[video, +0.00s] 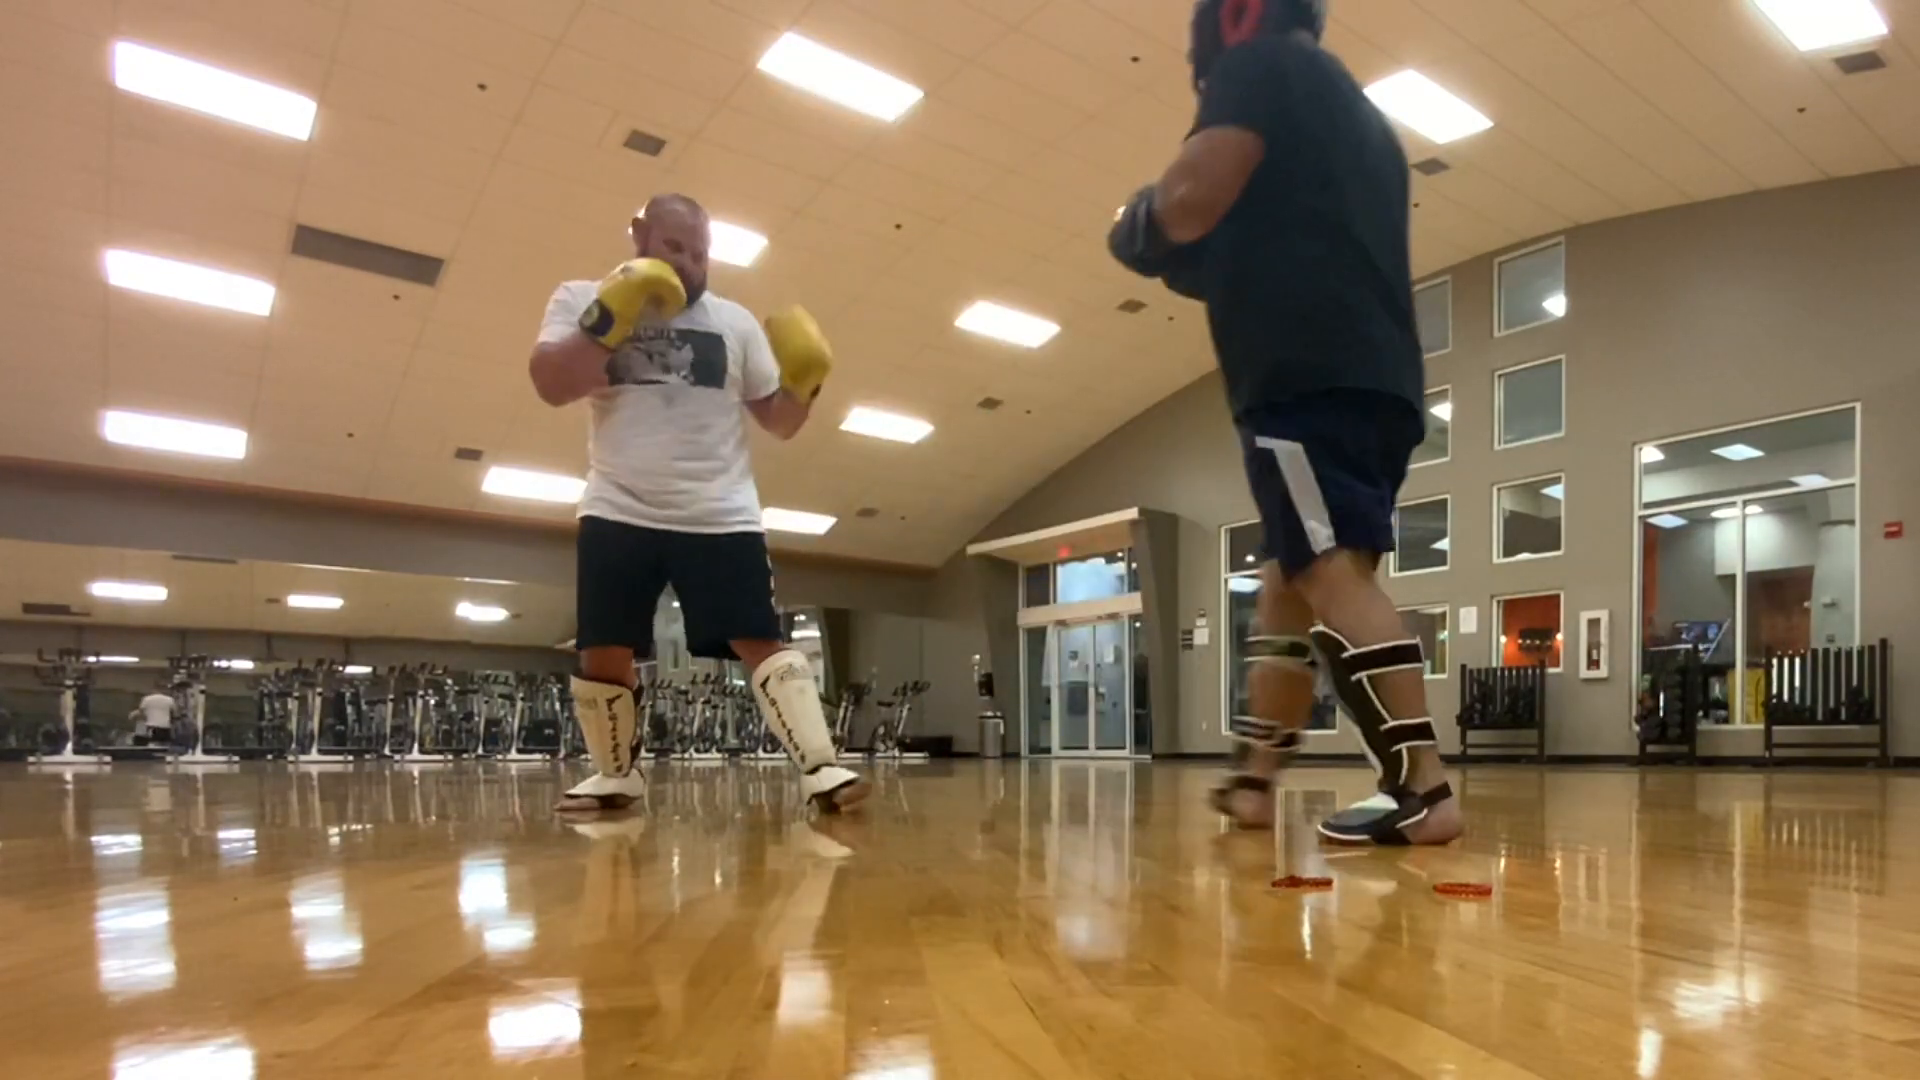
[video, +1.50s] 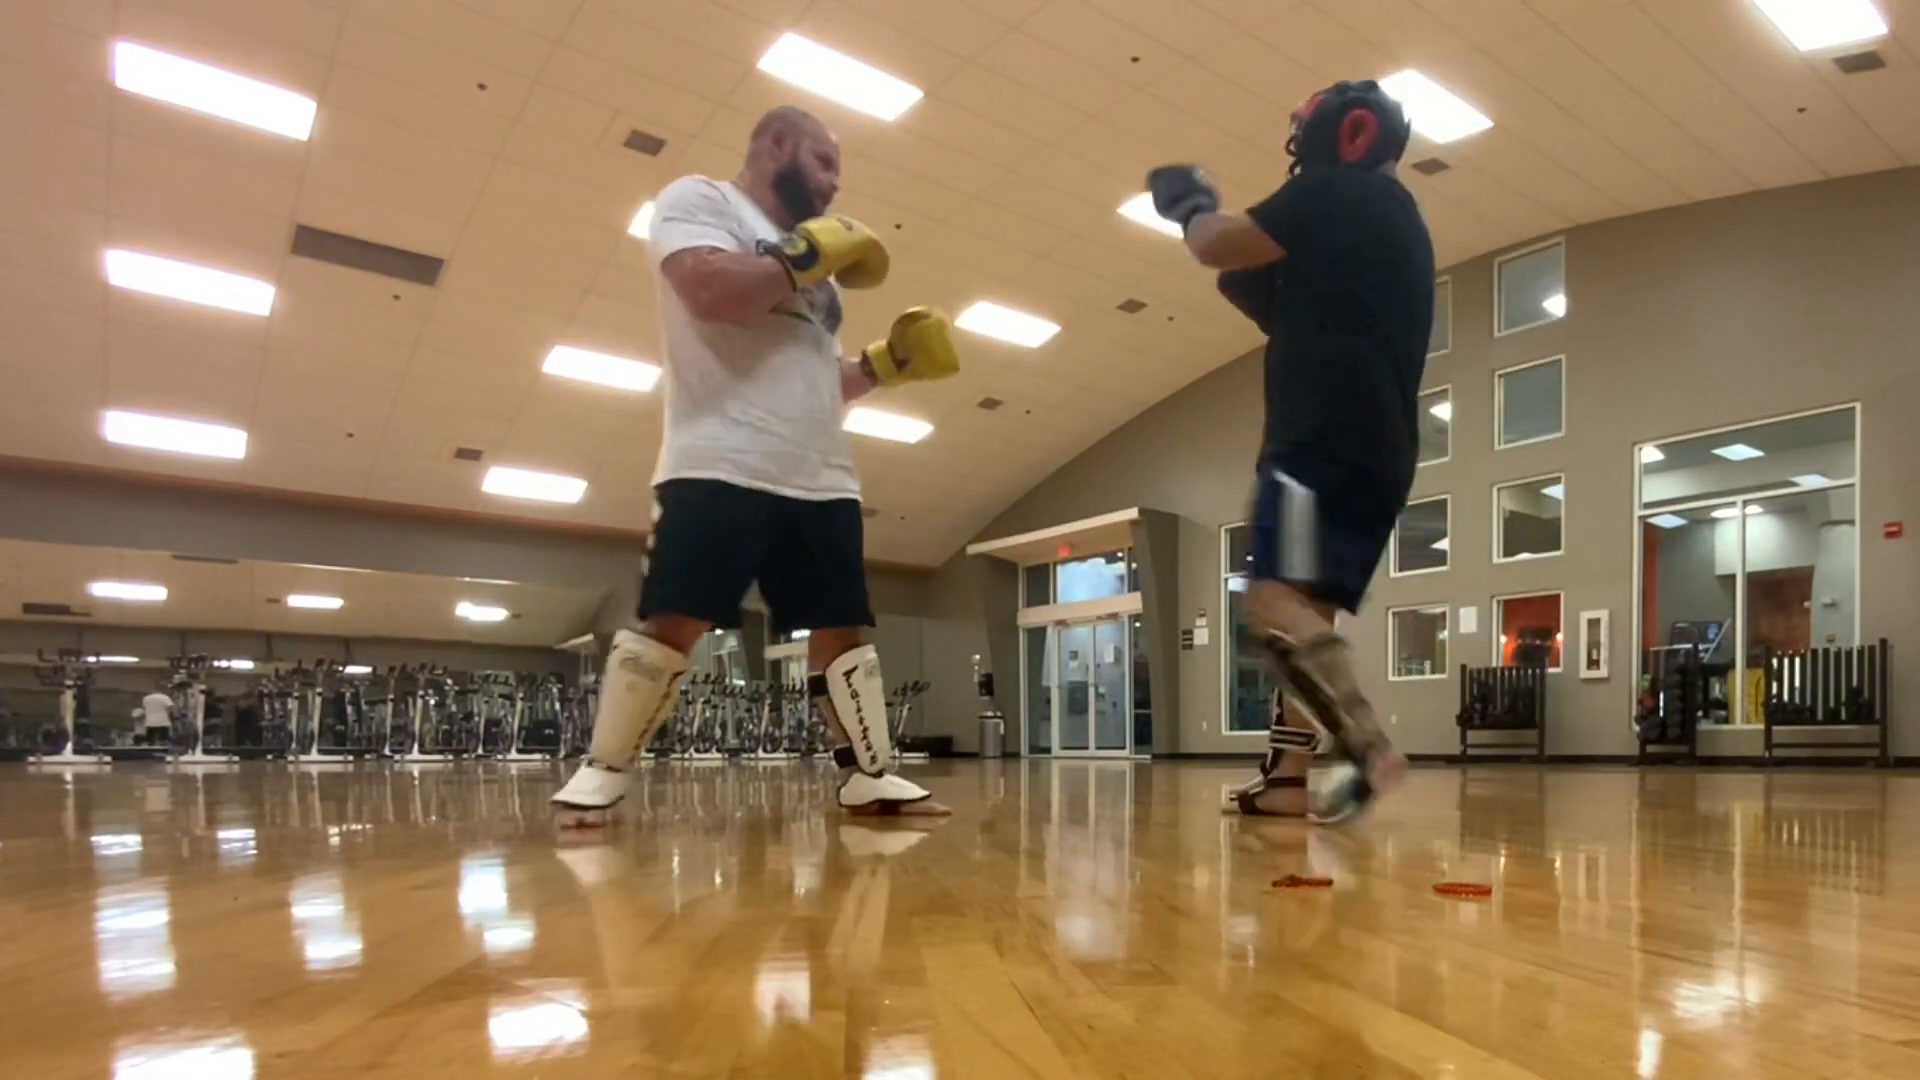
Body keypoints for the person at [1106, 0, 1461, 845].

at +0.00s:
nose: (1191, 53)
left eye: (1200, 32)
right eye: (1193, 38)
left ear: (1241, 13)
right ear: (1304, 19)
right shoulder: (1360, 114)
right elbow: (1271, 263)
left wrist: (1137, 226)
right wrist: (1171, 253)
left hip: (1303, 367)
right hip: (1374, 370)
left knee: (1332, 573)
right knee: (1290, 577)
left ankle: (1424, 790)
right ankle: (1255, 780)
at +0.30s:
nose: (1312, 41)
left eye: (1318, 27)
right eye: (1313, 34)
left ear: (1356, 15)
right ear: (1412, 20)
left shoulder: (1392, 52)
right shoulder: (1448, 100)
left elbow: (1312, 125)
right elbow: (1377, 233)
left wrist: (1238, 77)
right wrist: (1296, 191)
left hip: (1391, 358)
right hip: (1473, 363)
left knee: (1407, 565)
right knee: (1463, 571)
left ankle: (1428, 794)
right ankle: (1537, 766)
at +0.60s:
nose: (1390, 110)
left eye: (1398, 86)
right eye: (1388, 94)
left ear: (1442, 62)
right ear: (1485, 72)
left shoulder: (1467, 102)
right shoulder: (1509, 146)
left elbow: (1448, 178)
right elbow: (1467, 289)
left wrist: (1329, 202)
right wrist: (1377, 275)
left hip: (1458, 392)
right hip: (1548, 401)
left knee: (1388, 569)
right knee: (1541, 582)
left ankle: (1416, 768)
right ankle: (1578, 788)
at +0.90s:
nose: (1383, 124)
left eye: (1392, 101)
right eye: (1382, 107)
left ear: (1442, 88)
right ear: (1464, 94)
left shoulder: (1465, 133)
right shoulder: (1500, 176)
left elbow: (1445, 204)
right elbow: (1433, 313)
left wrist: (1333, 201)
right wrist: (1352, 273)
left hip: (1443, 414)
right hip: (1531, 418)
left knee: (1386, 594)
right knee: (1530, 588)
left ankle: (1399, 783)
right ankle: (1576, 788)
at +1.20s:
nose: (1322, 110)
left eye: (1334, 94)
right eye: (1324, 97)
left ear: (1385, 93)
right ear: (1395, 98)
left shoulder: (1401, 148)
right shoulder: (1425, 178)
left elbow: (1338, 230)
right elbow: (1335, 297)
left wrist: (1251, 202)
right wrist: (1268, 234)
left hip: (1396, 407)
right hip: (1455, 410)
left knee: (1384, 597)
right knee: (1414, 594)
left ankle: (1397, 783)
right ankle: (1477, 736)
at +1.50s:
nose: (1291, 140)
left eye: (1303, 125)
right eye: (1295, 129)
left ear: (1352, 130)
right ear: (1368, 140)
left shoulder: (1333, 192)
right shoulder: (1395, 215)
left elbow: (1216, 245)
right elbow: (1308, 321)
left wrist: (1192, 202)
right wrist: (1228, 262)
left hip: (1322, 423)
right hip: (1379, 434)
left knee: (1273, 596)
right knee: (1310, 606)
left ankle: (1371, 750)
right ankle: (1291, 777)